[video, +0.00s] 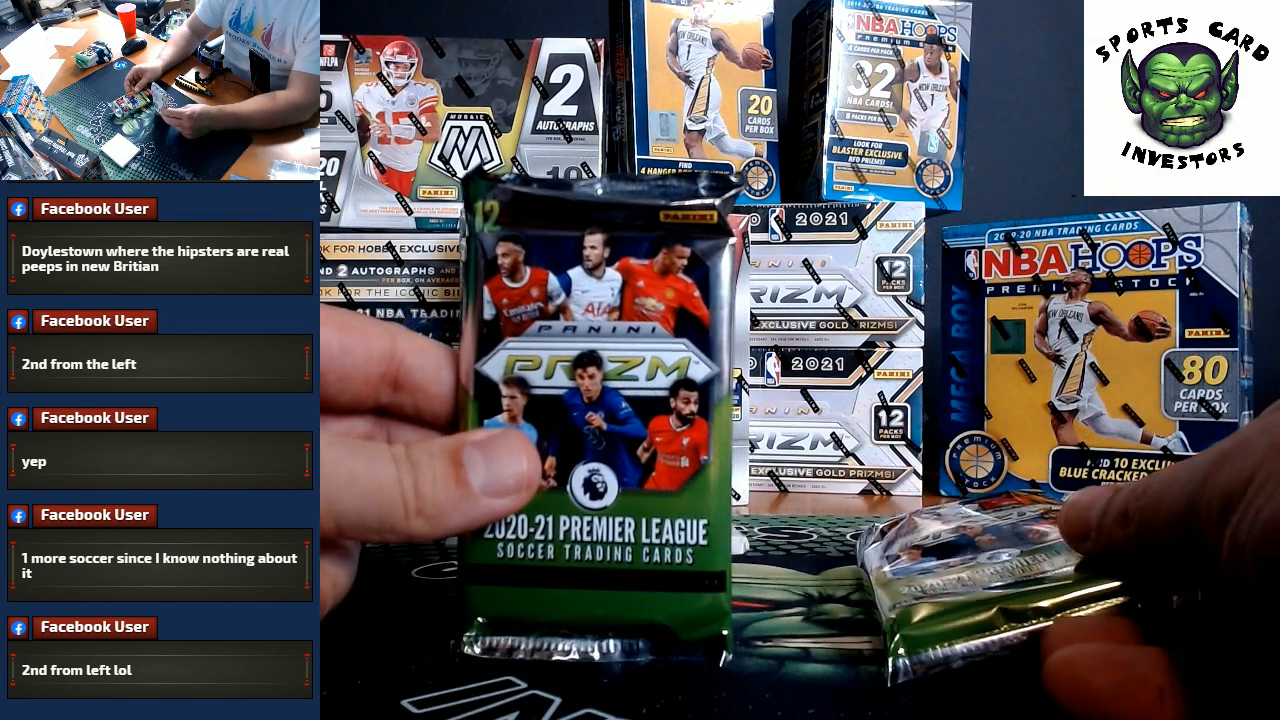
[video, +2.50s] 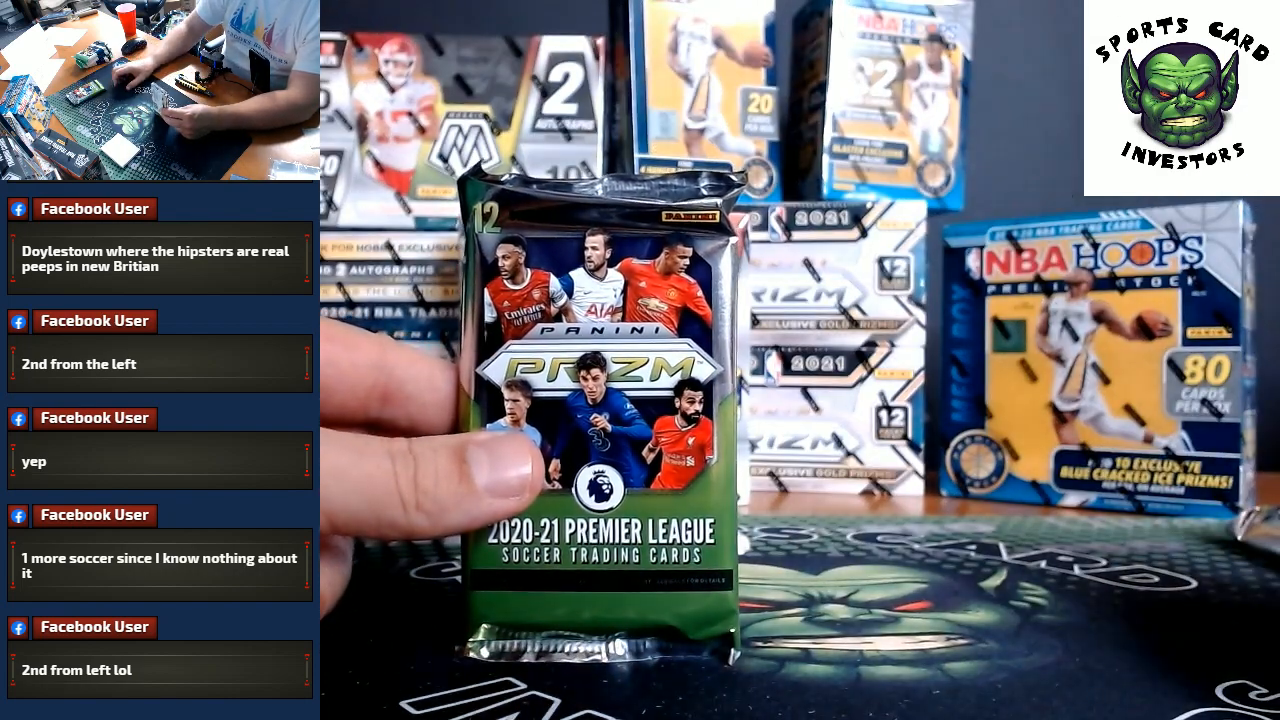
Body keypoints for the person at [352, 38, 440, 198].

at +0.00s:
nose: (399, 71)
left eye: (404, 67)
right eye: (394, 66)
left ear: (412, 68)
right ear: (384, 66)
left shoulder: (423, 91)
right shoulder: (366, 91)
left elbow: (433, 133)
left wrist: (392, 130)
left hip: (405, 172)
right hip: (375, 168)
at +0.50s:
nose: (399, 71)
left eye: (404, 67)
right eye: (393, 66)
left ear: (412, 68)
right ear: (384, 66)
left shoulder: (423, 92)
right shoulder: (366, 91)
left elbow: (433, 132)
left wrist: (392, 130)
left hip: (405, 172)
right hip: (376, 168)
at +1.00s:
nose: (399, 70)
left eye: (405, 64)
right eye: (393, 63)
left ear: (413, 65)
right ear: (382, 64)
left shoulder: (424, 90)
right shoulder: (365, 90)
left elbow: (432, 130)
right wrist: (370, 126)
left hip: (406, 170)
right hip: (374, 165)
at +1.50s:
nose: (399, 70)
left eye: (405, 65)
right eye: (393, 64)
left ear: (413, 66)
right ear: (382, 64)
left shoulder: (423, 89)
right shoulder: (365, 90)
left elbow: (432, 130)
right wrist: (370, 125)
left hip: (405, 169)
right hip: (374, 165)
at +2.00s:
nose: (398, 70)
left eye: (404, 65)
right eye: (392, 64)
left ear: (413, 66)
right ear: (381, 64)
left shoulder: (424, 90)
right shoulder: (365, 90)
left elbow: (432, 130)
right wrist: (370, 126)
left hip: (405, 169)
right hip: (373, 165)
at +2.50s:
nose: (398, 70)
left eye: (405, 64)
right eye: (392, 63)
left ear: (413, 66)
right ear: (381, 64)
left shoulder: (424, 90)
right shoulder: (365, 90)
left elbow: (432, 130)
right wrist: (370, 126)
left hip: (405, 170)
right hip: (373, 165)